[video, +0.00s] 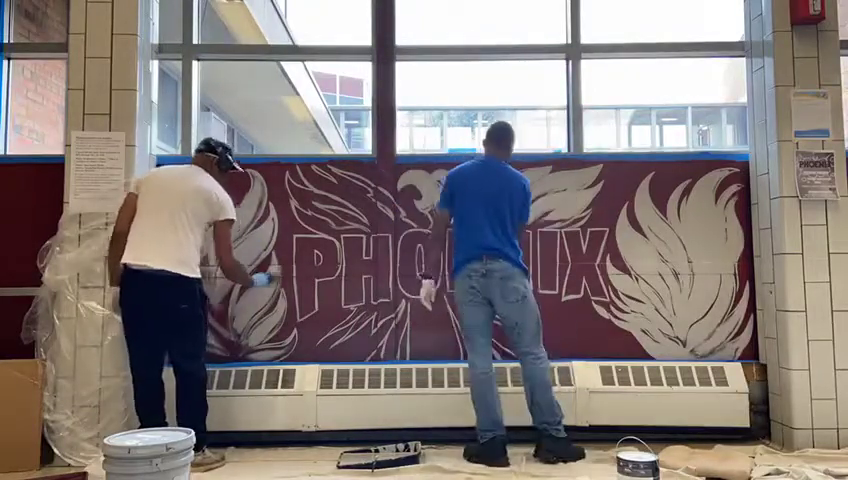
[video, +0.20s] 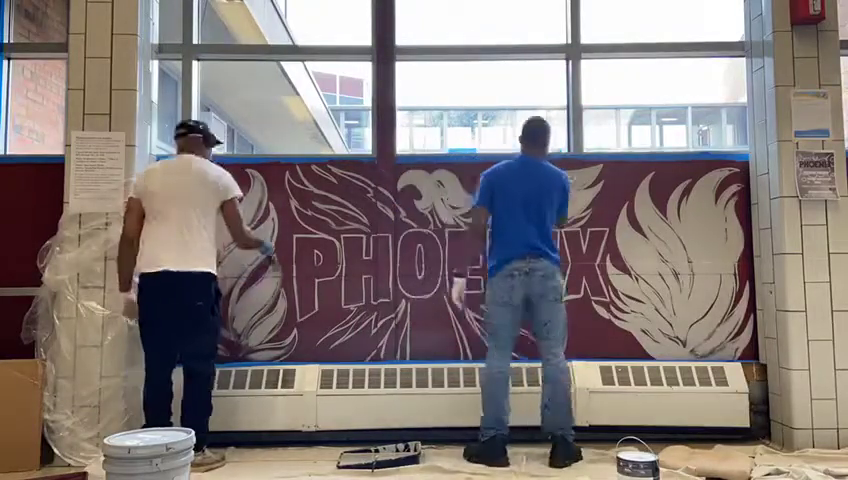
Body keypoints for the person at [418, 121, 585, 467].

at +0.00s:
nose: (497, 152)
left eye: (490, 144)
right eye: (505, 148)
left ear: (483, 144)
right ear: (512, 149)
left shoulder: (458, 175)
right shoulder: (520, 182)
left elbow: (440, 222)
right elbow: (519, 228)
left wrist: (457, 199)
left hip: (467, 272)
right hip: (507, 271)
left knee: (479, 355)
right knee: (532, 353)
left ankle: (492, 443)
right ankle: (552, 437)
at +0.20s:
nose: (538, 147)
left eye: (530, 138)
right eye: (544, 142)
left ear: (520, 140)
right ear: (547, 144)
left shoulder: (494, 175)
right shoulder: (559, 178)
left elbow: (478, 222)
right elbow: (560, 220)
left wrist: (485, 247)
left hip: (505, 272)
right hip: (546, 271)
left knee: (498, 354)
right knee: (553, 355)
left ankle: (493, 443)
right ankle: (562, 443)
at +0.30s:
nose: (567, 146)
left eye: (560, 139)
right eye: (576, 141)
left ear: (554, 140)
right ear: (582, 143)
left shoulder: (528, 172)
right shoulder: (593, 181)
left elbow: (509, 224)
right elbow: (593, 223)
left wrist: (496, 269)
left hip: (532, 273)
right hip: (573, 273)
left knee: (514, 355)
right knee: (566, 356)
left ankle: (505, 438)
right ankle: (563, 441)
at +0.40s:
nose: (569, 147)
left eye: (560, 139)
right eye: (577, 142)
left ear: (553, 140)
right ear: (581, 144)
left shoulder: (528, 173)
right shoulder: (592, 182)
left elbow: (510, 225)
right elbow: (592, 227)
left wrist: (498, 271)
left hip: (531, 273)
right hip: (573, 273)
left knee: (514, 355)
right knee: (567, 357)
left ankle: (506, 438)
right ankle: (563, 441)